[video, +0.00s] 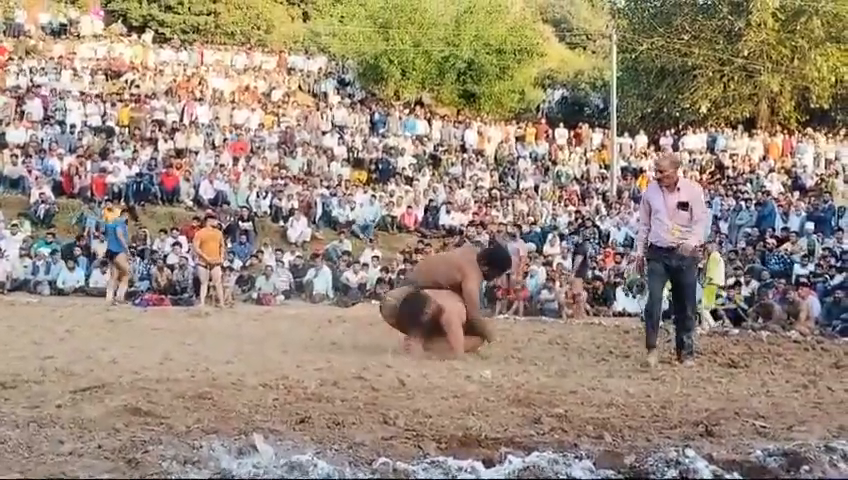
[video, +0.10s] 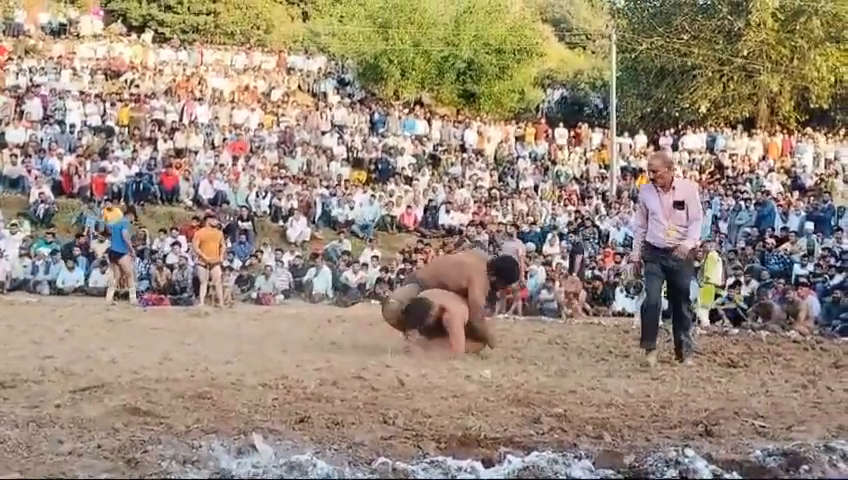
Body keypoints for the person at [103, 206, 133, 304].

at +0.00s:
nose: (127, 219)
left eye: (127, 217)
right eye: (127, 217)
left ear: (119, 214)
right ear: (125, 216)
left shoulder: (109, 223)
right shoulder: (120, 222)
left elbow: (106, 235)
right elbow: (119, 235)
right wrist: (127, 249)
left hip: (110, 250)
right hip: (118, 251)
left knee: (113, 276)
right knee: (126, 273)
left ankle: (109, 297)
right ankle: (120, 297)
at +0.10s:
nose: (133, 219)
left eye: (133, 217)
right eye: (133, 216)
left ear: (124, 214)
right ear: (130, 215)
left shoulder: (116, 223)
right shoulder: (126, 223)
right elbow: (125, 236)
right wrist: (132, 249)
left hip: (113, 250)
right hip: (122, 251)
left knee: (115, 276)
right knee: (130, 274)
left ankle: (109, 298)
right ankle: (133, 298)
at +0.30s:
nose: (139, 219)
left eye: (139, 217)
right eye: (138, 217)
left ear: (126, 214)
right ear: (135, 215)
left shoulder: (119, 224)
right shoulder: (137, 226)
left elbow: (115, 237)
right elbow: (139, 240)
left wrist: (116, 248)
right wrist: (142, 250)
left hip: (120, 251)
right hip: (132, 252)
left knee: (122, 277)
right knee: (136, 278)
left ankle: (110, 295)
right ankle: (136, 301)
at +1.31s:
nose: (143, 232)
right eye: (143, 230)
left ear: (134, 226)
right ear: (140, 229)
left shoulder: (122, 230)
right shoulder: (139, 232)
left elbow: (114, 239)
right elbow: (140, 246)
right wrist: (141, 259)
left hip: (114, 246)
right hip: (126, 248)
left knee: (117, 272)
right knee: (134, 272)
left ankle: (116, 297)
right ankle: (136, 296)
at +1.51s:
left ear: (135, 237)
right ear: (142, 241)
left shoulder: (125, 240)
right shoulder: (140, 244)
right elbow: (141, 259)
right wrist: (143, 271)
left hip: (113, 254)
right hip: (126, 256)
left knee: (116, 277)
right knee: (139, 275)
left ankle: (113, 298)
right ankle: (135, 299)